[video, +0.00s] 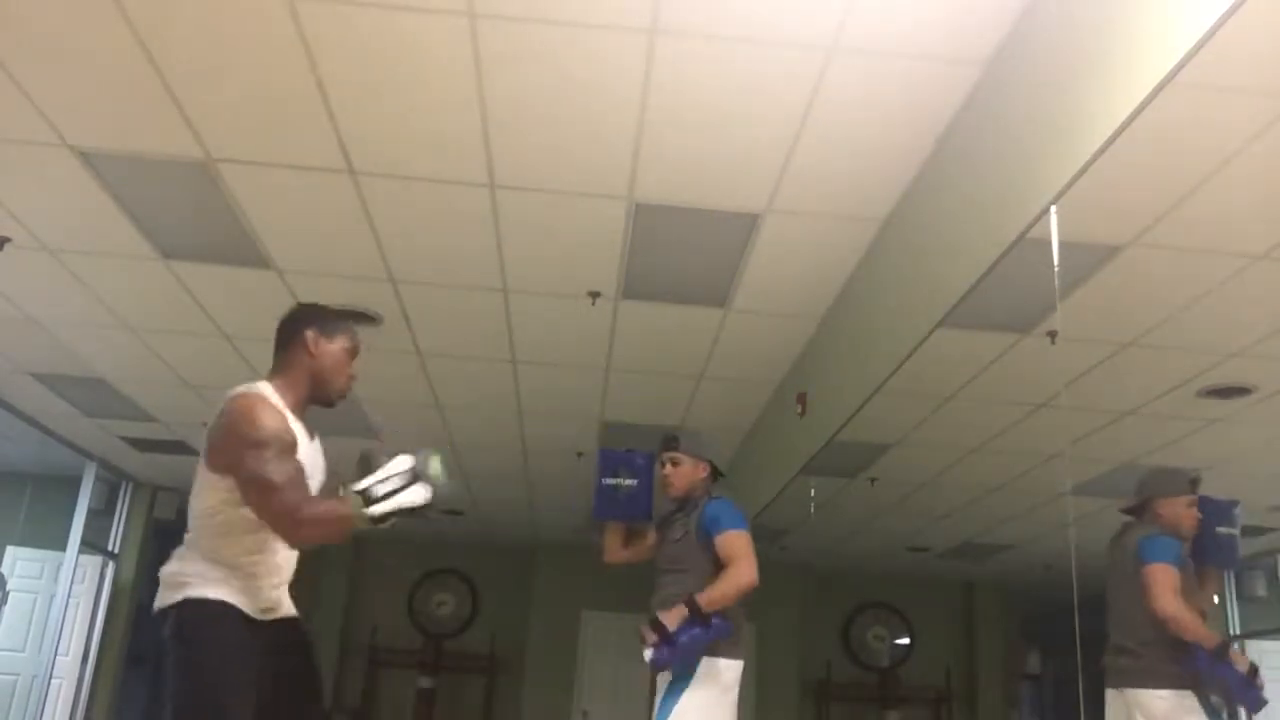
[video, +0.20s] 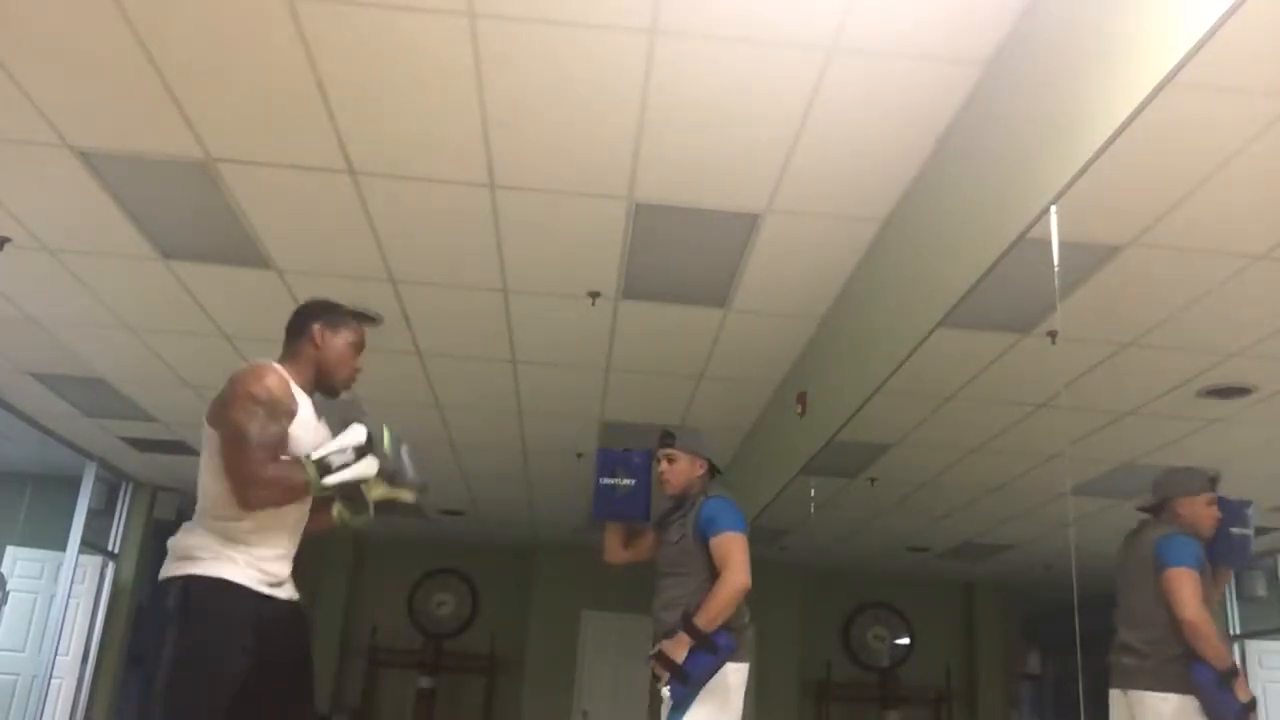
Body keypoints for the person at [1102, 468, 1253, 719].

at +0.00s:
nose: (1199, 515)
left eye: (1196, 506)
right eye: (1190, 506)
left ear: (1157, 509)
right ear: (1160, 507)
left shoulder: (1124, 541)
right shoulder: (1160, 542)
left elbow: (1197, 608)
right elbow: (1167, 607)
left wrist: (1214, 546)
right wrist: (1224, 650)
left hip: (1120, 688)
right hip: (1159, 690)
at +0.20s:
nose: (1218, 514)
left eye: (1216, 505)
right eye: (1210, 504)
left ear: (1176, 508)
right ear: (1180, 507)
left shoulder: (1136, 540)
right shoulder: (1178, 542)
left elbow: (1203, 604)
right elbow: (1191, 617)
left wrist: (1227, 555)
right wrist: (1231, 673)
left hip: (1124, 688)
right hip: (1164, 690)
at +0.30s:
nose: (1239, 515)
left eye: (1238, 506)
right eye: (1233, 506)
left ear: (1199, 506)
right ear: (1203, 505)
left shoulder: (1151, 536)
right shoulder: (1197, 540)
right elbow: (1213, 618)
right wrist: (1249, 676)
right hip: (1176, 683)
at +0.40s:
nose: (1256, 516)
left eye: (1255, 506)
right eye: (1250, 506)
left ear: (1212, 503)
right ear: (1220, 503)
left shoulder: (1161, 533)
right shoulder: (1219, 537)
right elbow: (1235, 614)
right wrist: (1267, 678)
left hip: (1135, 675)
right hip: (1186, 680)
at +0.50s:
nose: (1261, 514)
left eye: (1261, 504)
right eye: (1255, 503)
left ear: (1207, 500)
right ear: (1227, 501)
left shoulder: (1161, 529)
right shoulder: (1227, 535)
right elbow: (1250, 612)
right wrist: (1276, 669)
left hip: (1138, 671)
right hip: (1192, 676)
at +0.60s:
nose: (1251, 506)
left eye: (1250, 497)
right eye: (1246, 497)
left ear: (1204, 496)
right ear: (1218, 496)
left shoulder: (1156, 527)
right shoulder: (1223, 532)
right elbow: (1251, 611)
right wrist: (1274, 663)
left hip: (1137, 674)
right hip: (1193, 679)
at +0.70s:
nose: (1233, 504)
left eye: (1232, 494)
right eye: (1228, 495)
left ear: (1179, 495)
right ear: (1201, 494)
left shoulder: (1135, 531)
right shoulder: (1208, 532)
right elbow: (1242, 610)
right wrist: (1271, 664)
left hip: (1131, 680)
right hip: (1190, 684)